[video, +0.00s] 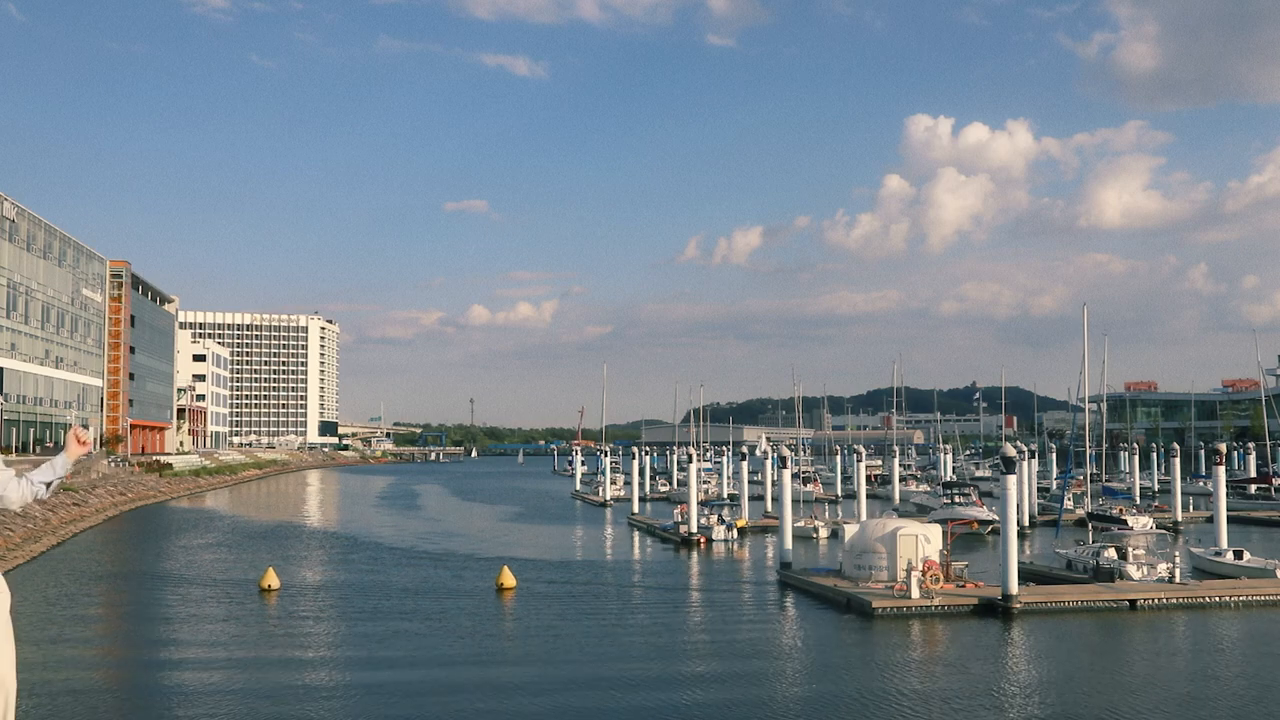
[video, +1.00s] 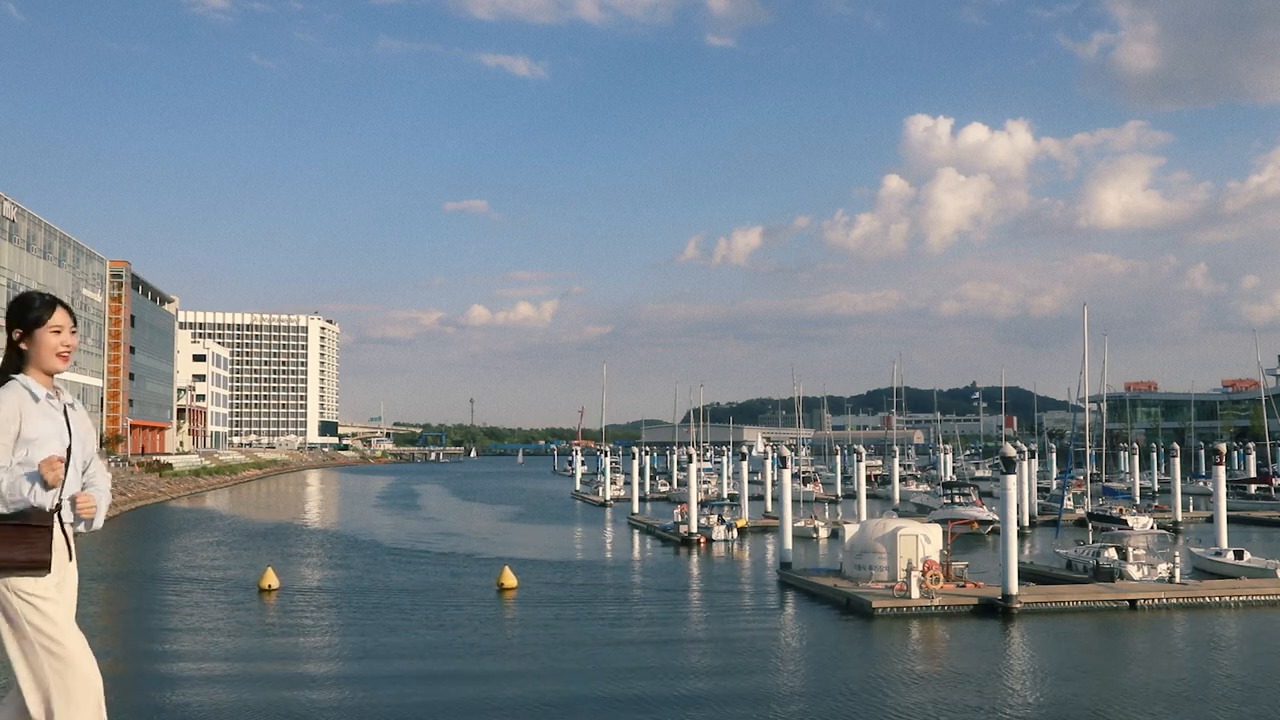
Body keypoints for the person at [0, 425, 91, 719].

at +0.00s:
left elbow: (19, 491)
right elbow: (17, 493)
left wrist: (68, 456)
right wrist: (68, 457)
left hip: (1, 585)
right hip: (0, 586)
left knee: (6, 680)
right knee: (5, 681)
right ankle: (8, 711)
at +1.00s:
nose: (69, 341)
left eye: (72, 332)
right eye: (56, 331)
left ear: (75, 339)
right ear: (23, 338)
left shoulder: (73, 408)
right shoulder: (10, 399)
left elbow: (96, 469)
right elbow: (2, 486)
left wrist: (96, 498)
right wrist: (35, 480)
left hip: (63, 547)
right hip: (18, 549)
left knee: (36, 677)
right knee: (76, 673)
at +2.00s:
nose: (204, 334)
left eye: (205, 325)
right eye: (196, 322)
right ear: (161, 325)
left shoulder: (190, 397)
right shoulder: (136, 387)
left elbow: (210, 482)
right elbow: (148, 463)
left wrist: (269, 461)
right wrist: (210, 454)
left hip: (203, 537)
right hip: (157, 537)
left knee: (220, 680)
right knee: (134, 682)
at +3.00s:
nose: (313, 336)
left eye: (315, 325)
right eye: (301, 326)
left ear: (316, 329)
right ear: (268, 335)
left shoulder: (305, 392)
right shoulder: (257, 391)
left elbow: (312, 468)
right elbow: (246, 478)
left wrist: (340, 488)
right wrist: (321, 450)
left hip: (310, 543)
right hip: (277, 546)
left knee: (280, 683)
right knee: (332, 685)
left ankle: (246, 713)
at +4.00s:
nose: (439, 333)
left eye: (439, 323)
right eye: (431, 322)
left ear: (407, 331)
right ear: (399, 328)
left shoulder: (412, 388)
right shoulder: (390, 389)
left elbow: (425, 472)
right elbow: (415, 473)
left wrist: (476, 452)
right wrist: (480, 451)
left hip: (438, 541)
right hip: (410, 543)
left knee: (462, 692)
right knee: (383, 693)